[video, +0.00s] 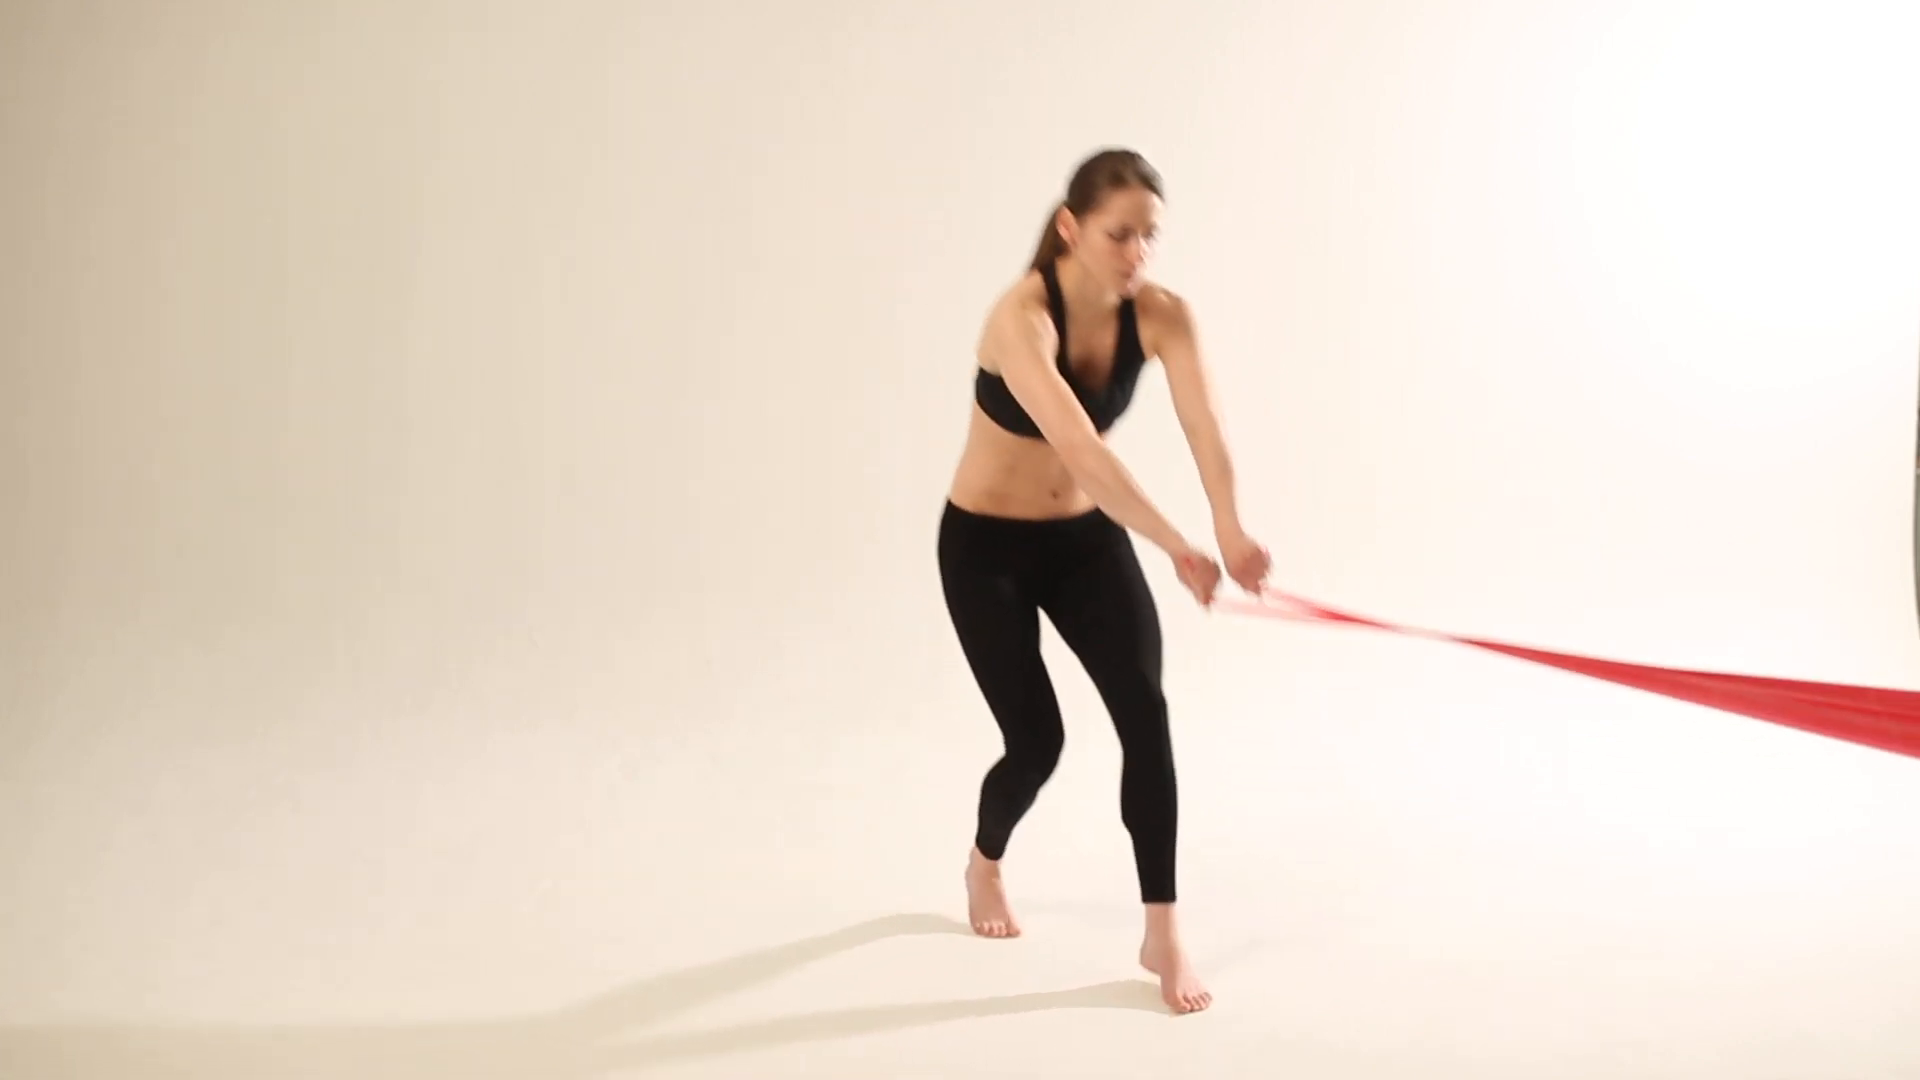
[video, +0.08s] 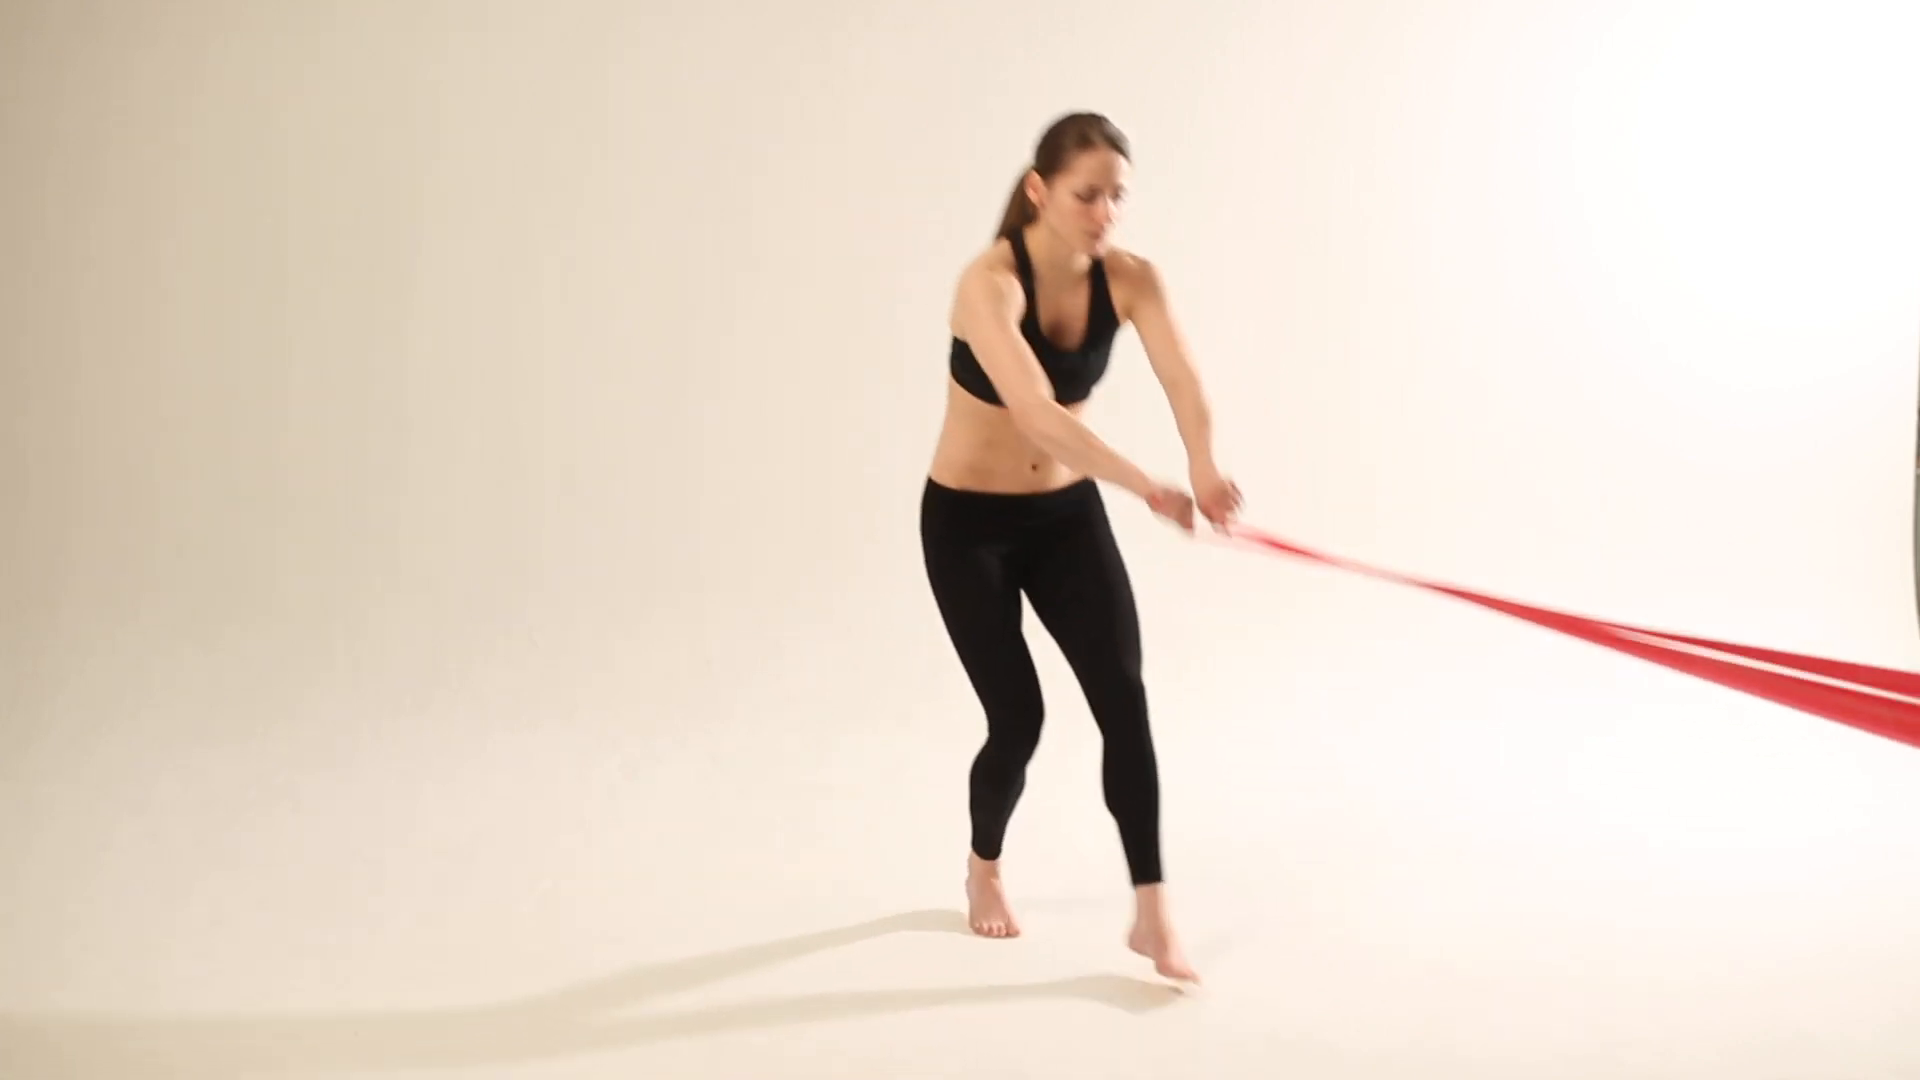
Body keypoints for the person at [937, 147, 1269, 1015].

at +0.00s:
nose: (1138, 251)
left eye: (1149, 234)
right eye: (1121, 232)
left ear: (1158, 237)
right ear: (1070, 229)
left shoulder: (1159, 312)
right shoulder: (1018, 321)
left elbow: (1202, 426)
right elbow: (1084, 454)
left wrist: (1231, 529)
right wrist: (1177, 547)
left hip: (1085, 540)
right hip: (984, 544)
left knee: (1145, 720)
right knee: (1036, 742)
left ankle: (1162, 930)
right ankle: (984, 861)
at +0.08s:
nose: (1106, 209)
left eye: (1116, 192)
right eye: (1089, 192)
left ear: (1124, 197)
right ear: (1038, 190)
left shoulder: (1128, 277)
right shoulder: (986, 285)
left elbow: (1181, 382)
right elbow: (1038, 419)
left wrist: (1202, 465)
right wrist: (1145, 486)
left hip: (1066, 518)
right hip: (967, 522)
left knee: (1123, 707)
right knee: (1017, 718)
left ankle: (1151, 906)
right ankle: (984, 865)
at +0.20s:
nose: (1065, 168)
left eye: (1073, 152)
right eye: (1048, 151)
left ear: (1078, 157)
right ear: (996, 149)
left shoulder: (1088, 242)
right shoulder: (949, 249)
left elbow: (1155, 331)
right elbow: (961, 382)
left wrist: (1176, 374)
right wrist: (1067, 391)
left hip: (1045, 492)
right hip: (948, 499)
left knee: (1095, 679)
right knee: (991, 691)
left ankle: (1067, 861)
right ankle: (981, 872)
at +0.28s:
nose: (1039, 145)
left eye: (1049, 130)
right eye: (1022, 129)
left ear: (1056, 137)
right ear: (972, 131)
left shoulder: (1069, 228)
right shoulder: (926, 233)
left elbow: (1145, 333)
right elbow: (920, 370)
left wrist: (1164, 336)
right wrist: (1012, 349)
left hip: (1037, 481)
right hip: (939, 488)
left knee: (1072, 675)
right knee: (976, 681)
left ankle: (1011, 810)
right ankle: (979, 872)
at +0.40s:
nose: (1005, 128)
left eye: (1015, 113)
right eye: (988, 111)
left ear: (1023, 122)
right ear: (941, 117)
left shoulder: (1041, 215)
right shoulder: (898, 220)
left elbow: (1128, 322)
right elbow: (854, 362)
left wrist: (1155, 284)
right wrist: (906, 307)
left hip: (1025, 471)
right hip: (929, 475)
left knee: (1028, 677)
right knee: (963, 672)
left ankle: (944, 764)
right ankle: (977, 872)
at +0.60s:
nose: (965, 124)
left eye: (974, 110)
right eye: (947, 109)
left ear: (983, 119)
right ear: (903, 117)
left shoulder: (1008, 211)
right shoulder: (865, 218)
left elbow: (1082, 315)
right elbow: (792, 351)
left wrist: (1133, 249)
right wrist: (777, 283)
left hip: (997, 465)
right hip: (907, 465)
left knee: (969, 656)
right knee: (942, 660)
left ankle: (907, 784)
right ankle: (973, 865)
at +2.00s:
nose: (970, 123)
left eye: (980, 109)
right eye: (953, 108)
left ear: (989, 120)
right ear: (911, 119)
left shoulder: (1013, 213)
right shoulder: (873, 216)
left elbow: (1110, 311)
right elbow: (820, 331)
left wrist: (1134, 248)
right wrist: (894, 263)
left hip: (998, 467)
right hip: (904, 469)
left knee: (1013, 666)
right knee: (941, 659)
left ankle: (929, 767)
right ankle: (966, 862)